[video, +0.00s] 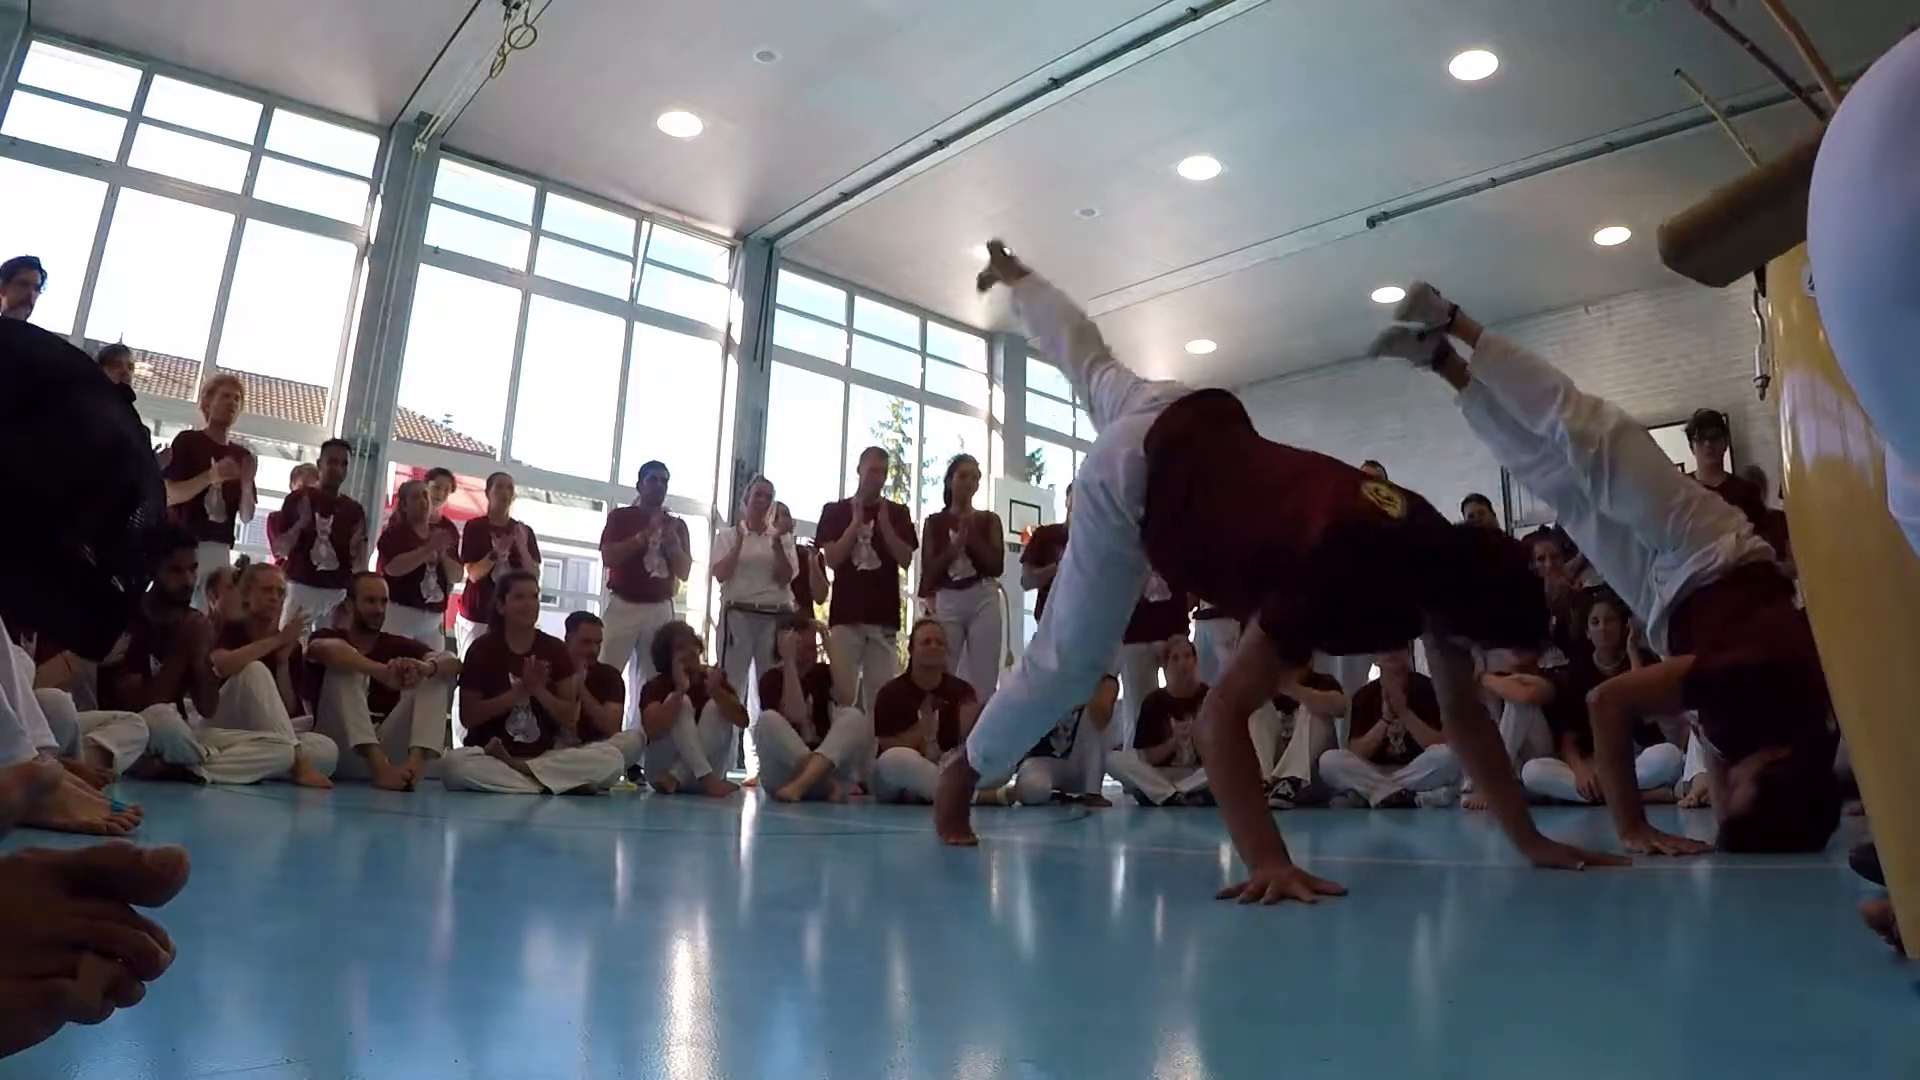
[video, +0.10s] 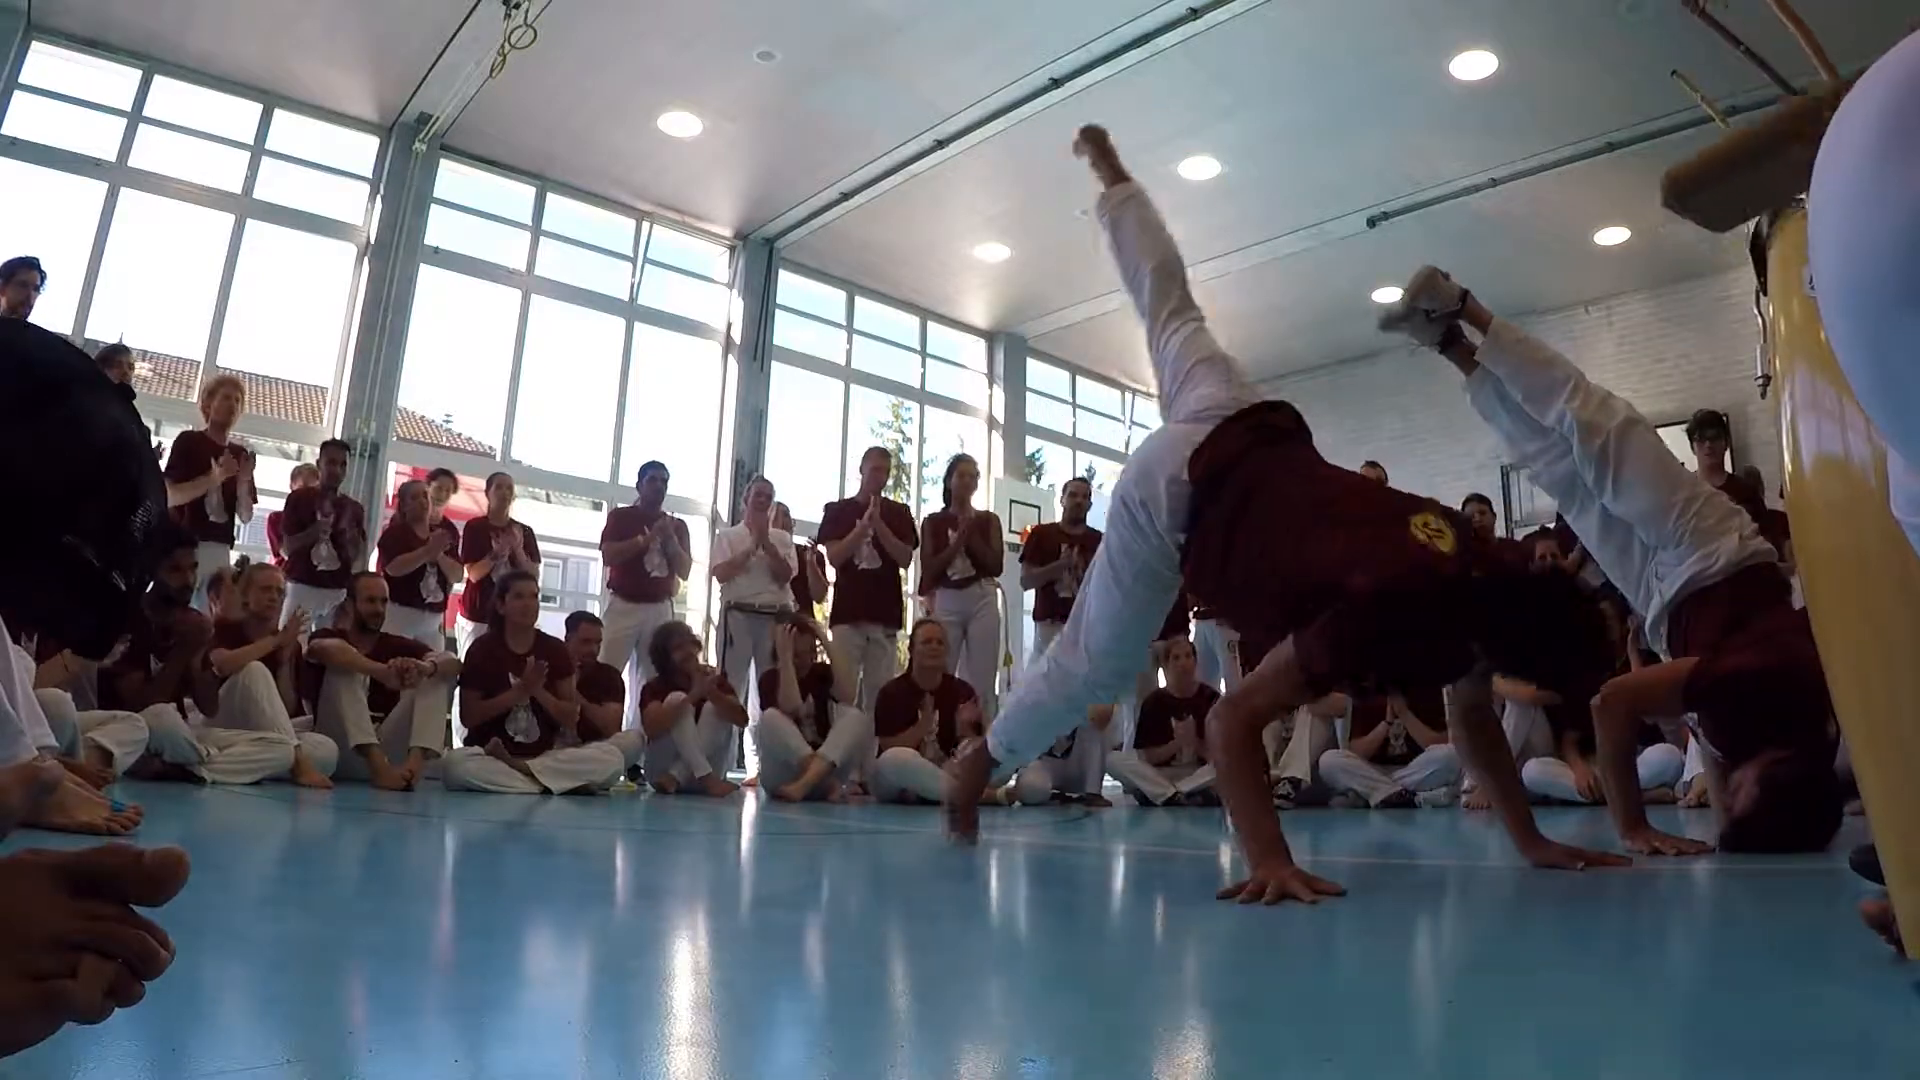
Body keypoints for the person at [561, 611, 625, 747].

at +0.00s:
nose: (593, 650)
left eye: (598, 643)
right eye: (586, 642)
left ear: (602, 643)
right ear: (568, 640)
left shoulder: (610, 675)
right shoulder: (551, 674)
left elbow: (611, 728)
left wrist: (581, 689)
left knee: (635, 738)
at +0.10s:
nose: (593, 650)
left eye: (598, 643)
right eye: (586, 642)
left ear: (601, 642)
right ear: (567, 639)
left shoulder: (610, 675)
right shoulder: (547, 672)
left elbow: (610, 727)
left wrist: (573, 694)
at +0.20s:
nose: (593, 650)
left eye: (598, 643)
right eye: (586, 642)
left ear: (601, 643)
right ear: (567, 640)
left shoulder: (610, 675)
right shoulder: (548, 672)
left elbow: (609, 728)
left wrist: (575, 691)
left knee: (634, 738)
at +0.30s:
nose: (593, 649)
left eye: (598, 643)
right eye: (586, 642)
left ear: (601, 643)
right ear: (567, 640)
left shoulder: (610, 675)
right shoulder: (550, 673)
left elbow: (610, 728)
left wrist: (578, 694)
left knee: (634, 738)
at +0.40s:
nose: (593, 649)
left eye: (598, 643)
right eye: (586, 642)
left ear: (601, 643)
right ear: (567, 640)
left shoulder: (610, 675)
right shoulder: (550, 673)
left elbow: (610, 728)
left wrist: (580, 693)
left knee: (635, 738)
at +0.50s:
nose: (593, 650)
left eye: (598, 643)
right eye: (586, 642)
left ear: (602, 644)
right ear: (567, 640)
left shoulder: (610, 675)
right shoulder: (549, 673)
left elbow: (610, 728)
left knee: (635, 738)